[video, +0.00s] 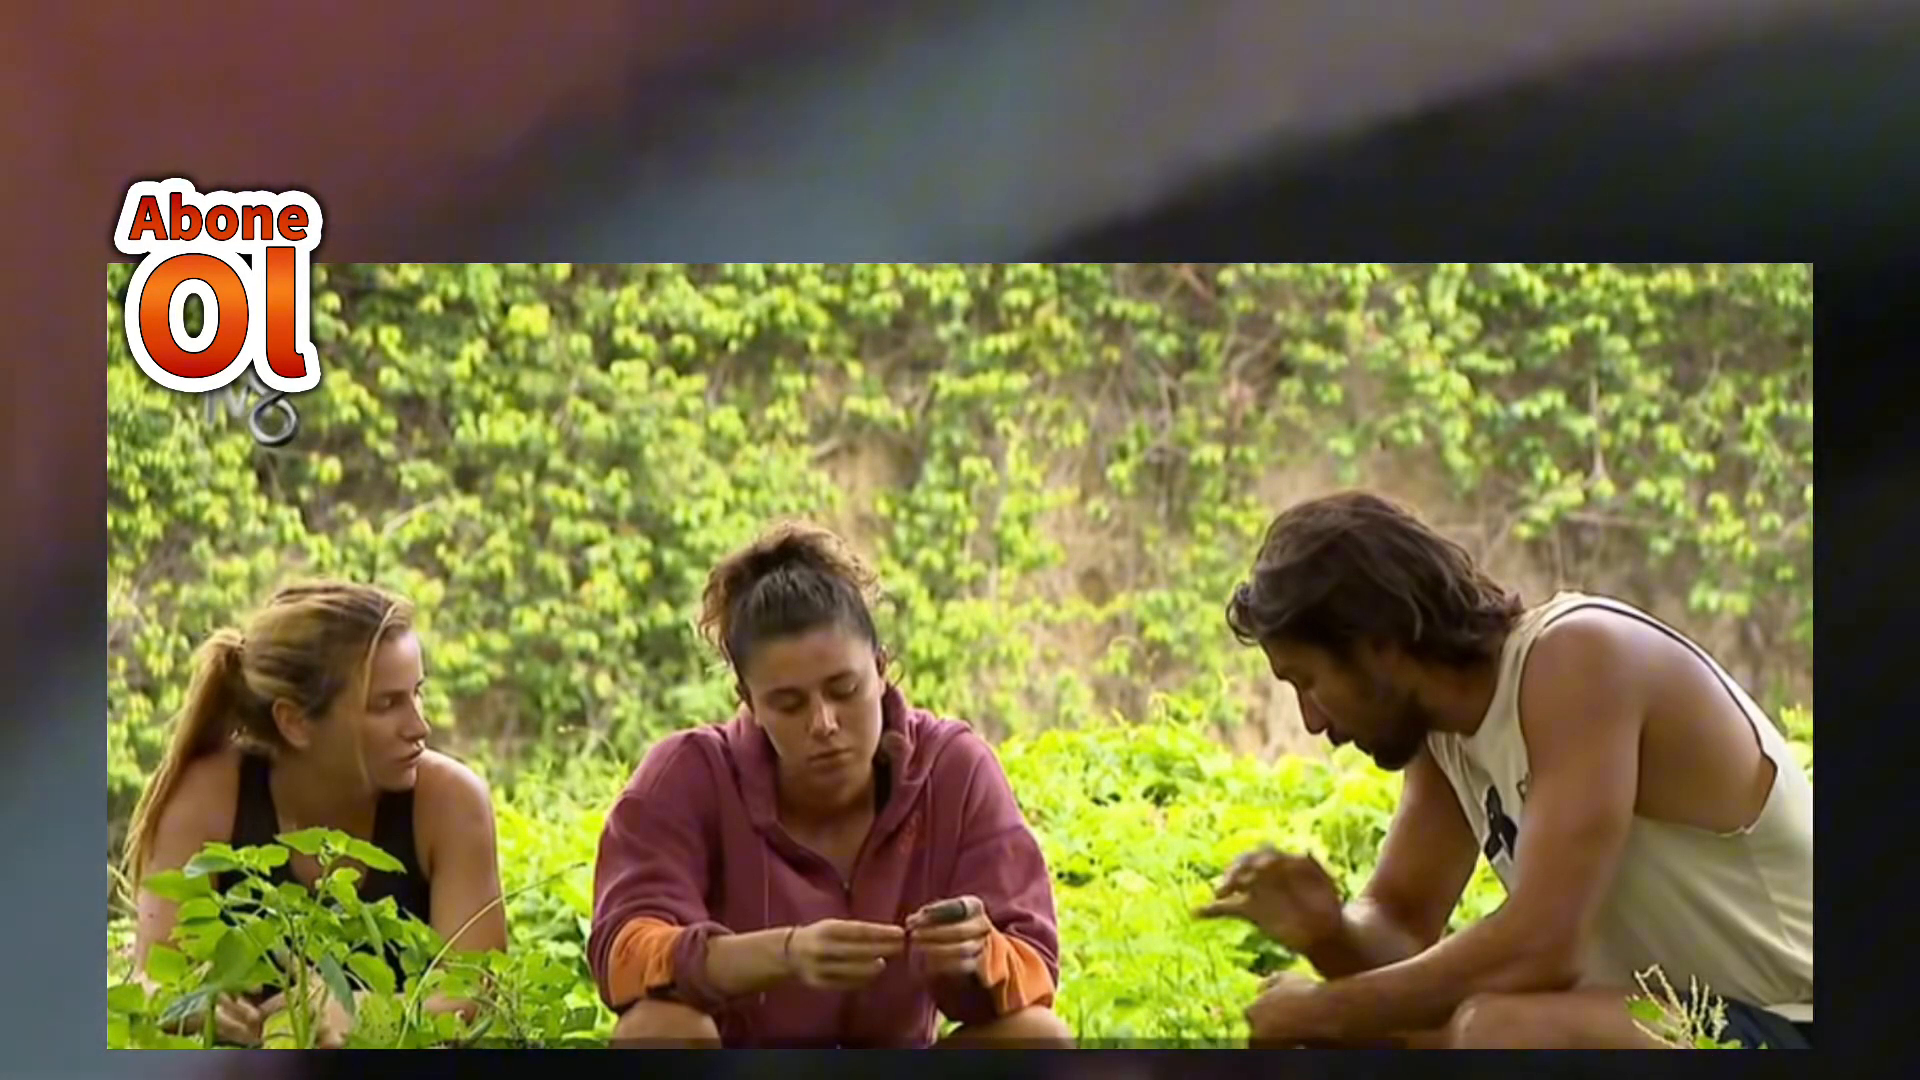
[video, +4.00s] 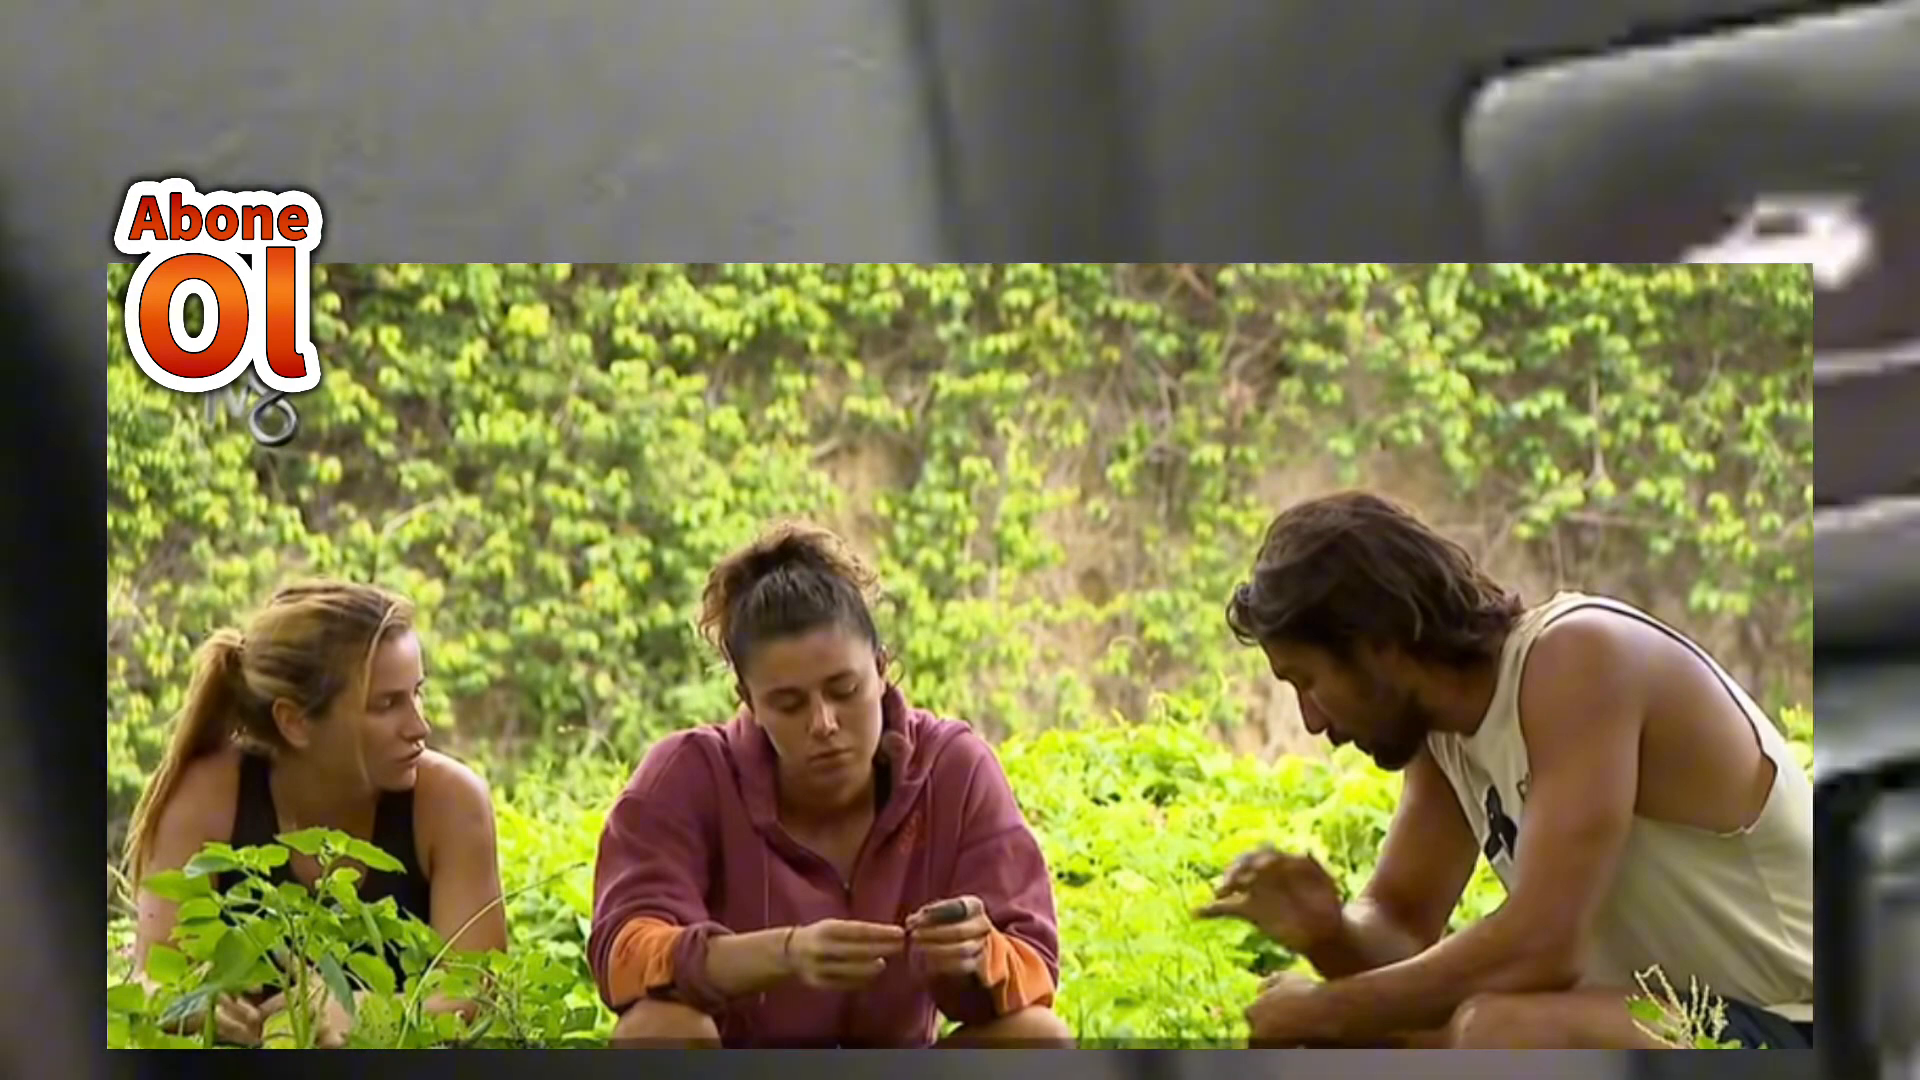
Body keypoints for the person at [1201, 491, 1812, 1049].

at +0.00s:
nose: (1311, 724)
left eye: (1306, 687)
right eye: (1296, 693)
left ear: (1382, 643)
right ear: (1382, 643)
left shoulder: (1585, 656)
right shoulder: (1450, 730)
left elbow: (1539, 951)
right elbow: (1403, 926)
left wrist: (1326, 1014)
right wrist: (1330, 932)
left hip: (1788, 1014)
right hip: (1658, 1001)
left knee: (1500, 1026)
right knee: (1387, 1026)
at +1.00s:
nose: (1311, 724)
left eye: (1307, 687)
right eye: (1296, 693)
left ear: (1384, 642)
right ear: (1384, 643)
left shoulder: (1584, 657)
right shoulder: (1451, 731)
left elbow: (1540, 950)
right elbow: (1403, 926)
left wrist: (1327, 1015)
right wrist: (1329, 933)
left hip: (1790, 1018)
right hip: (1659, 1002)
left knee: (1500, 1026)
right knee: (1381, 1026)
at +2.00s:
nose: (1311, 723)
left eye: (1306, 686)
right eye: (1295, 693)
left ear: (1383, 642)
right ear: (1383, 643)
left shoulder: (1584, 656)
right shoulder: (1450, 730)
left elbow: (1539, 950)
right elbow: (1403, 924)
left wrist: (1325, 1015)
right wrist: (1330, 933)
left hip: (1789, 1019)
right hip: (1658, 1003)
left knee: (1501, 1025)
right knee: (1379, 1026)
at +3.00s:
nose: (1311, 723)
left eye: (1306, 687)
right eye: (1295, 693)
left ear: (1384, 642)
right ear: (1384, 644)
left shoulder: (1584, 656)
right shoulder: (1450, 730)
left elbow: (1540, 950)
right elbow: (1403, 925)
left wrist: (1323, 1014)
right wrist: (1330, 934)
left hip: (1791, 1019)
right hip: (1656, 1005)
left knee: (1499, 1025)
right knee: (1370, 1028)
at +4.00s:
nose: (1312, 724)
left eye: (1306, 687)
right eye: (1296, 693)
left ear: (1383, 644)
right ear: (1383, 644)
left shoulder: (1584, 657)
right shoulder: (1450, 729)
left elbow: (1539, 950)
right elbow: (1403, 927)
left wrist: (1324, 1014)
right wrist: (1330, 932)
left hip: (1790, 1019)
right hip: (1653, 1003)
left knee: (1502, 1027)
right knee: (1377, 1029)